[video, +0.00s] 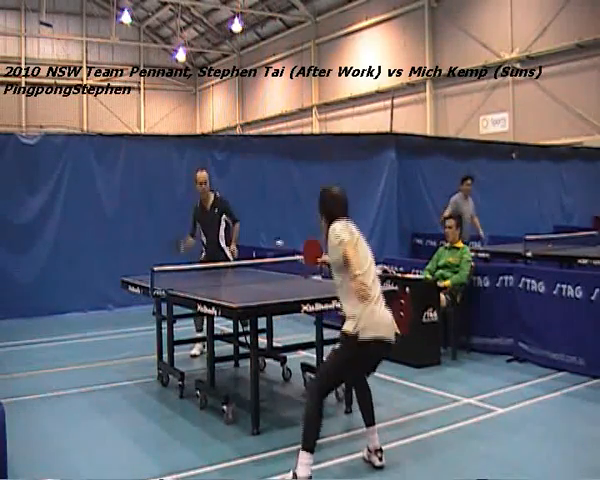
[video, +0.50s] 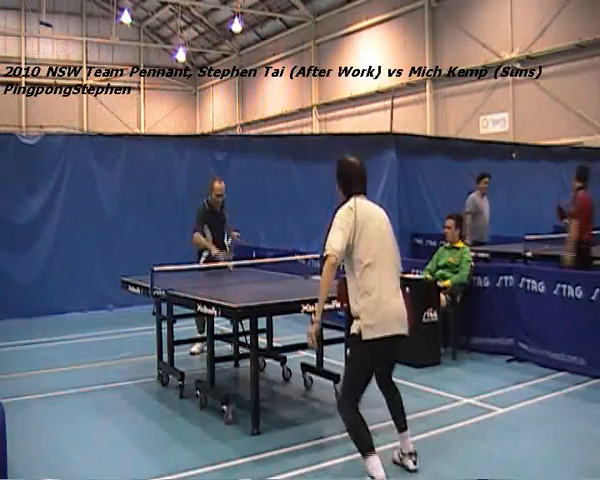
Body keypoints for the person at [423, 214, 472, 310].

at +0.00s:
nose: (446, 231)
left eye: (450, 228)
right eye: (445, 228)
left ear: (458, 230)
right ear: (443, 229)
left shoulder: (465, 251)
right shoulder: (442, 249)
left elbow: (463, 276)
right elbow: (429, 268)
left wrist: (446, 283)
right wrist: (429, 277)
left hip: (453, 285)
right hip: (435, 282)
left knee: (441, 298)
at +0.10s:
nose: (446, 231)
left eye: (450, 228)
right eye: (445, 228)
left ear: (458, 230)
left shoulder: (465, 251)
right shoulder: (442, 249)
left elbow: (463, 276)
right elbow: (430, 267)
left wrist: (446, 283)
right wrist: (428, 277)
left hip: (453, 285)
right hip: (435, 282)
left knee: (441, 299)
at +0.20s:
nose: (446, 231)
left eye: (449, 228)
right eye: (445, 228)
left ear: (458, 230)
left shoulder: (465, 251)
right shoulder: (442, 249)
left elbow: (463, 276)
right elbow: (430, 267)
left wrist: (446, 283)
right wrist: (428, 277)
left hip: (452, 285)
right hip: (435, 281)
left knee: (442, 298)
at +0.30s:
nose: (445, 231)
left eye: (449, 228)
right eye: (445, 228)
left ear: (457, 230)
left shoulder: (465, 251)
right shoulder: (442, 249)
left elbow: (463, 276)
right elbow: (430, 267)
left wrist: (445, 283)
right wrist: (428, 277)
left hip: (453, 284)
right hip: (435, 281)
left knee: (442, 298)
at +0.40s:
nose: (445, 231)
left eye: (449, 228)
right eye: (445, 228)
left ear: (457, 230)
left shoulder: (464, 251)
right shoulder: (442, 249)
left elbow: (463, 276)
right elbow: (430, 267)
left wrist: (445, 283)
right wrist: (428, 276)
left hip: (453, 284)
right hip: (436, 281)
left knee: (443, 298)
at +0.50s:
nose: (445, 231)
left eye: (449, 228)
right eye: (445, 228)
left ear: (457, 231)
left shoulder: (464, 251)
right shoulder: (442, 249)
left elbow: (463, 275)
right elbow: (431, 266)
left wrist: (446, 283)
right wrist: (428, 275)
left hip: (454, 283)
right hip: (436, 280)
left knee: (442, 298)